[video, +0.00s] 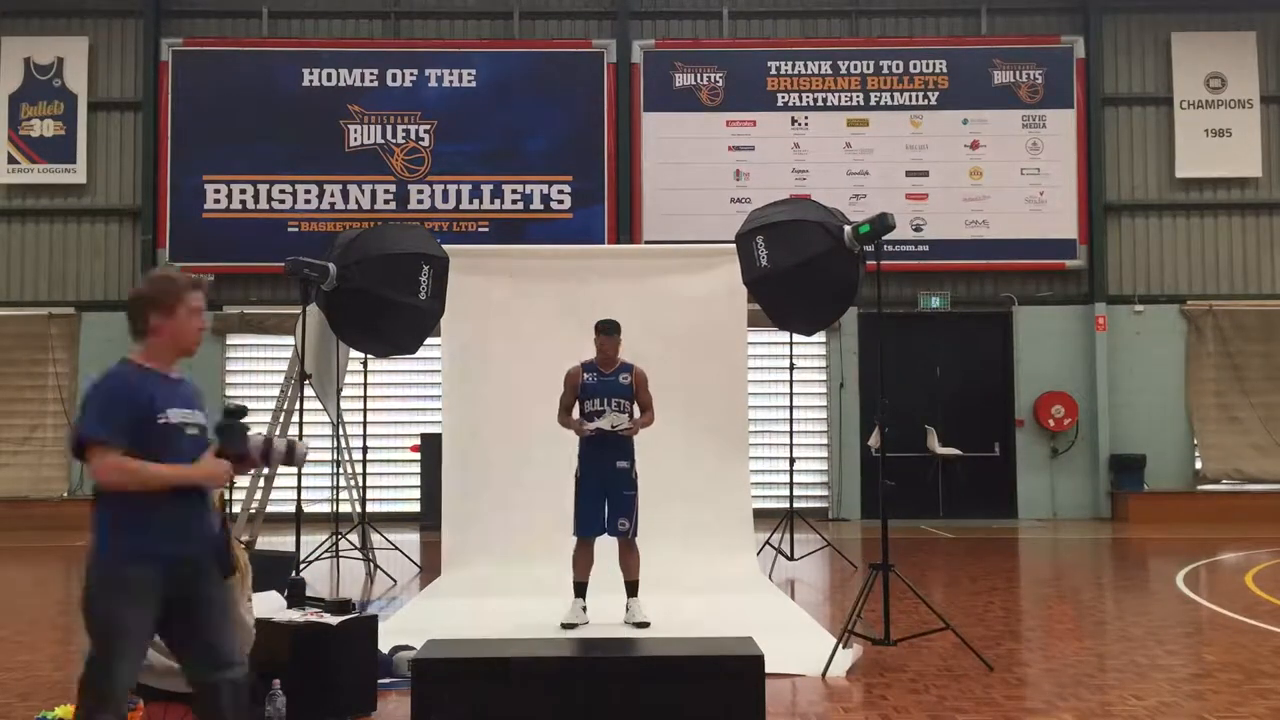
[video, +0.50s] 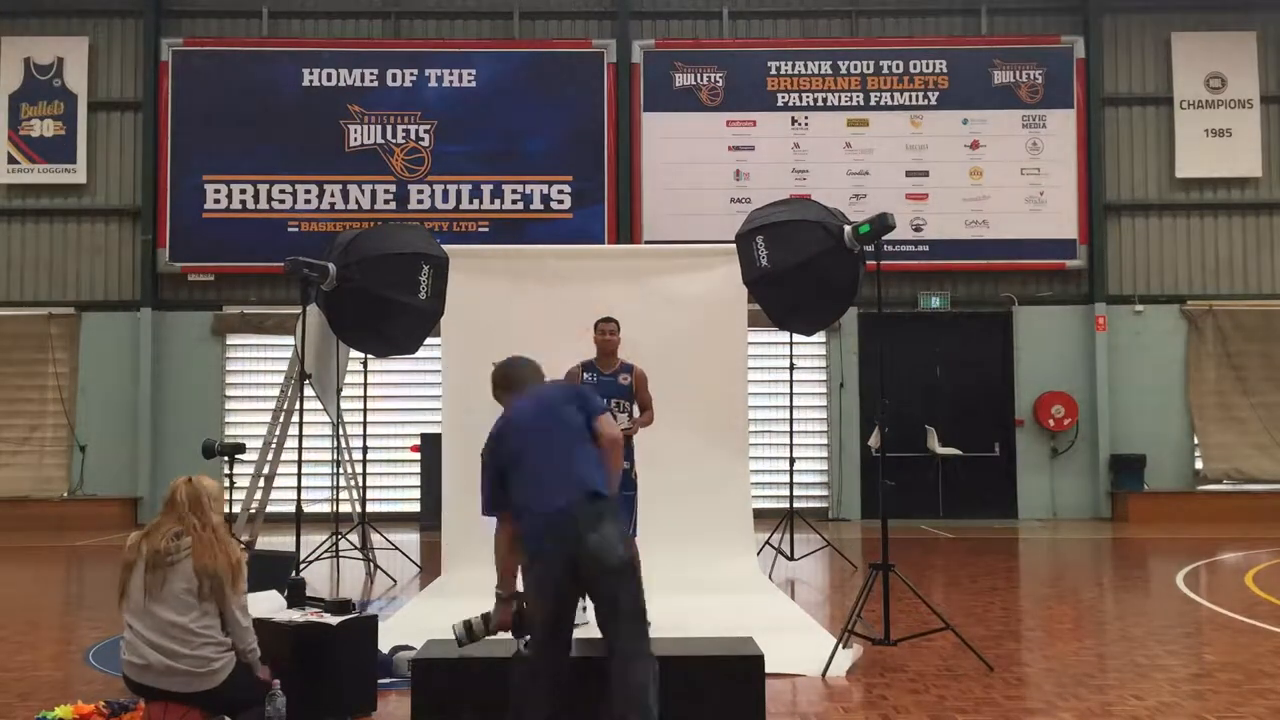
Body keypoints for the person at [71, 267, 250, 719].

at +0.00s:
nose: (205, 324)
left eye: (204, 313)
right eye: (196, 313)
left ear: (163, 323)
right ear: (158, 321)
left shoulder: (187, 390)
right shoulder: (116, 386)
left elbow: (185, 463)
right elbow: (105, 469)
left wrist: (232, 459)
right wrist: (196, 473)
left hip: (193, 562)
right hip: (129, 563)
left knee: (226, 676)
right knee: (111, 685)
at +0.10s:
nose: (223, 514)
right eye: (220, 507)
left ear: (172, 506)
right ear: (213, 510)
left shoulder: (138, 544)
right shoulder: (224, 552)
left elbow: (131, 608)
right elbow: (238, 625)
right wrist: (246, 663)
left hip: (139, 679)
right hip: (204, 684)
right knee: (256, 696)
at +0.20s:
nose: (223, 513)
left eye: (222, 507)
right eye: (221, 507)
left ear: (174, 505)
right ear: (214, 509)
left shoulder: (139, 543)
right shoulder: (226, 552)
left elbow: (132, 608)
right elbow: (239, 621)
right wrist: (255, 667)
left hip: (139, 679)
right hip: (203, 683)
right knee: (258, 697)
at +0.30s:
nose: (224, 513)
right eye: (222, 507)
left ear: (175, 505)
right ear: (216, 509)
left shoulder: (140, 543)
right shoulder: (225, 552)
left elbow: (132, 607)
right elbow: (240, 618)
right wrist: (258, 668)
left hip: (139, 679)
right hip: (204, 684)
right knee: (259, 696)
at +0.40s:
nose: (227, 516)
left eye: (225, 508)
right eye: (223, 509)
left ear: (176, 509)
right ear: (209, 513)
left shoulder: (139, 544)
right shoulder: (222, 553)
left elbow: (132, 610)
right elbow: (240, 627)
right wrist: (259, 671)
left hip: (139, 679)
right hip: (202, 684)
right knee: (256, 698)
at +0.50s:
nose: (223, 512)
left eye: (221, 505)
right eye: (220, 505)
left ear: (171, 505)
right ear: (211, 508)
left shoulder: (138, 544)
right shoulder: (221, 550)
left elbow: (131, 609)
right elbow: (238, 621)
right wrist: (256, 666)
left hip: (140, 679)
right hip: (203, 683)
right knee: (260, 697)